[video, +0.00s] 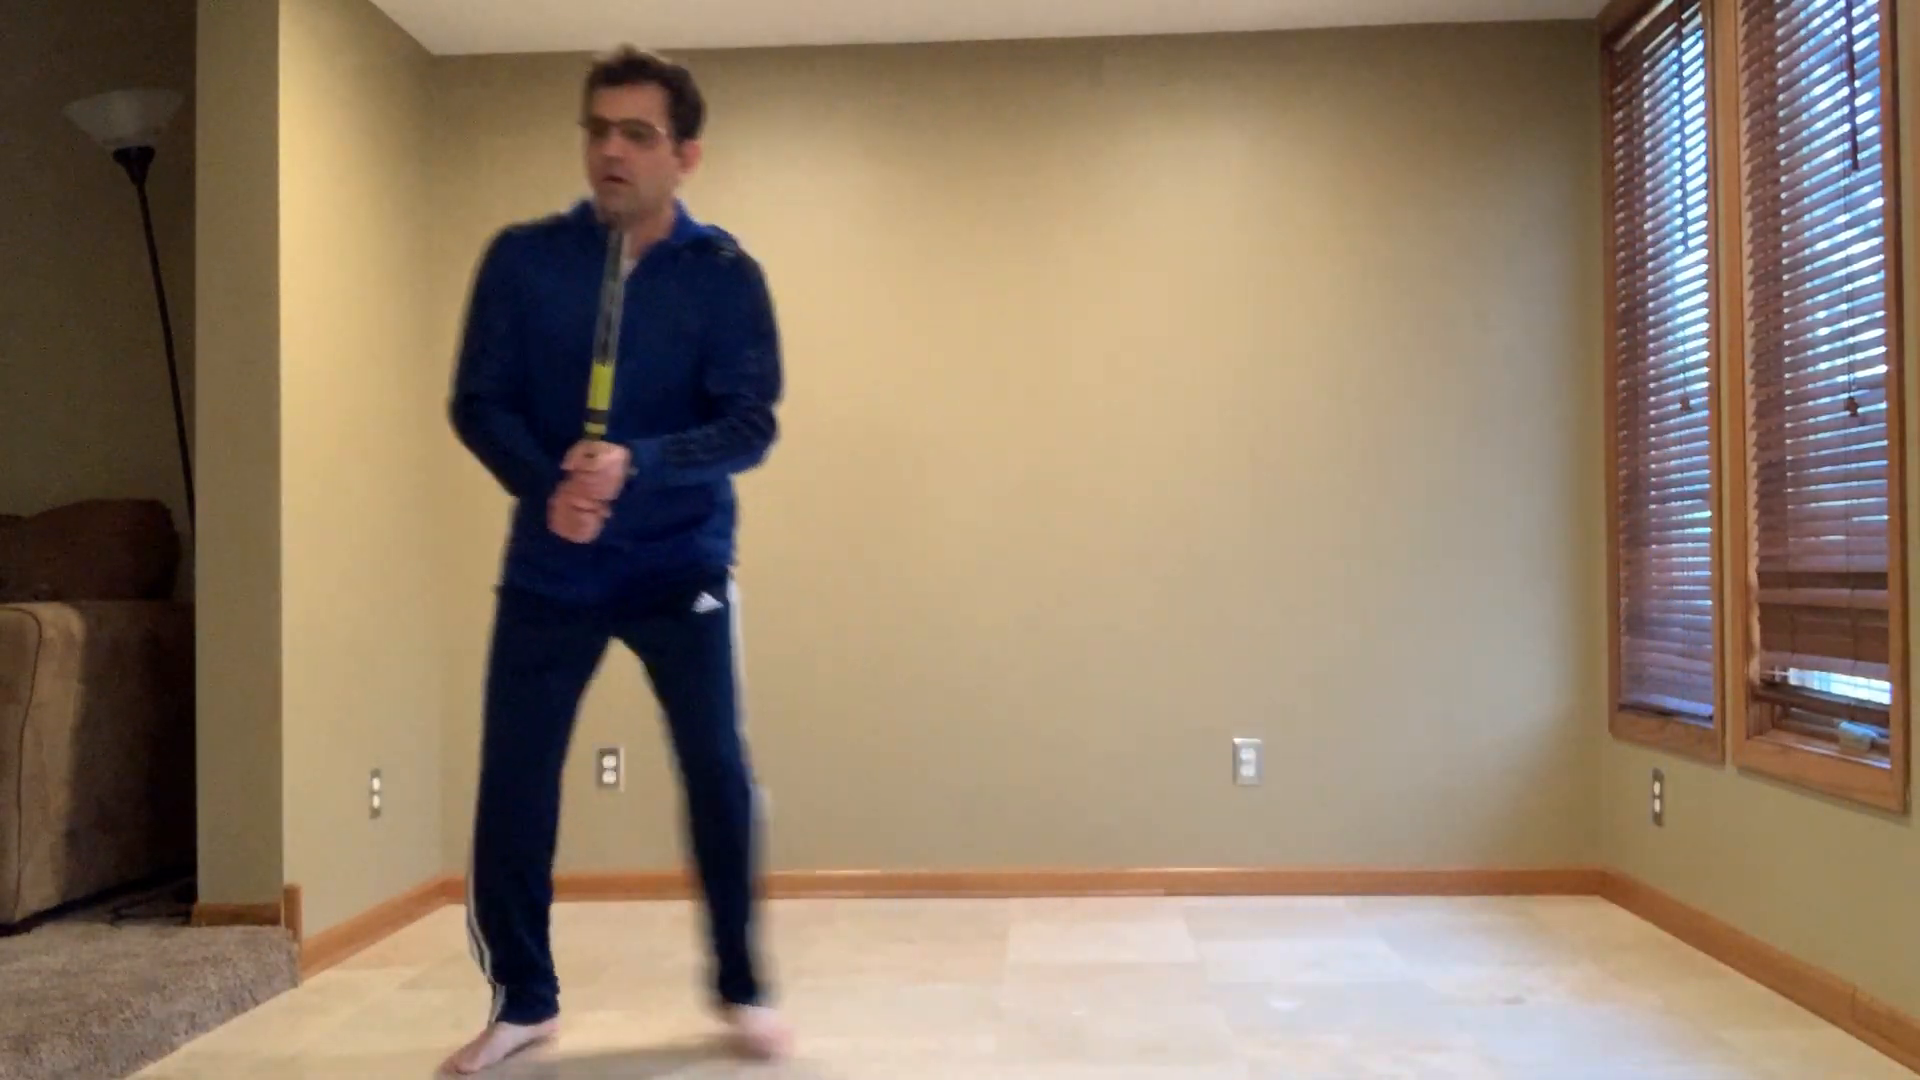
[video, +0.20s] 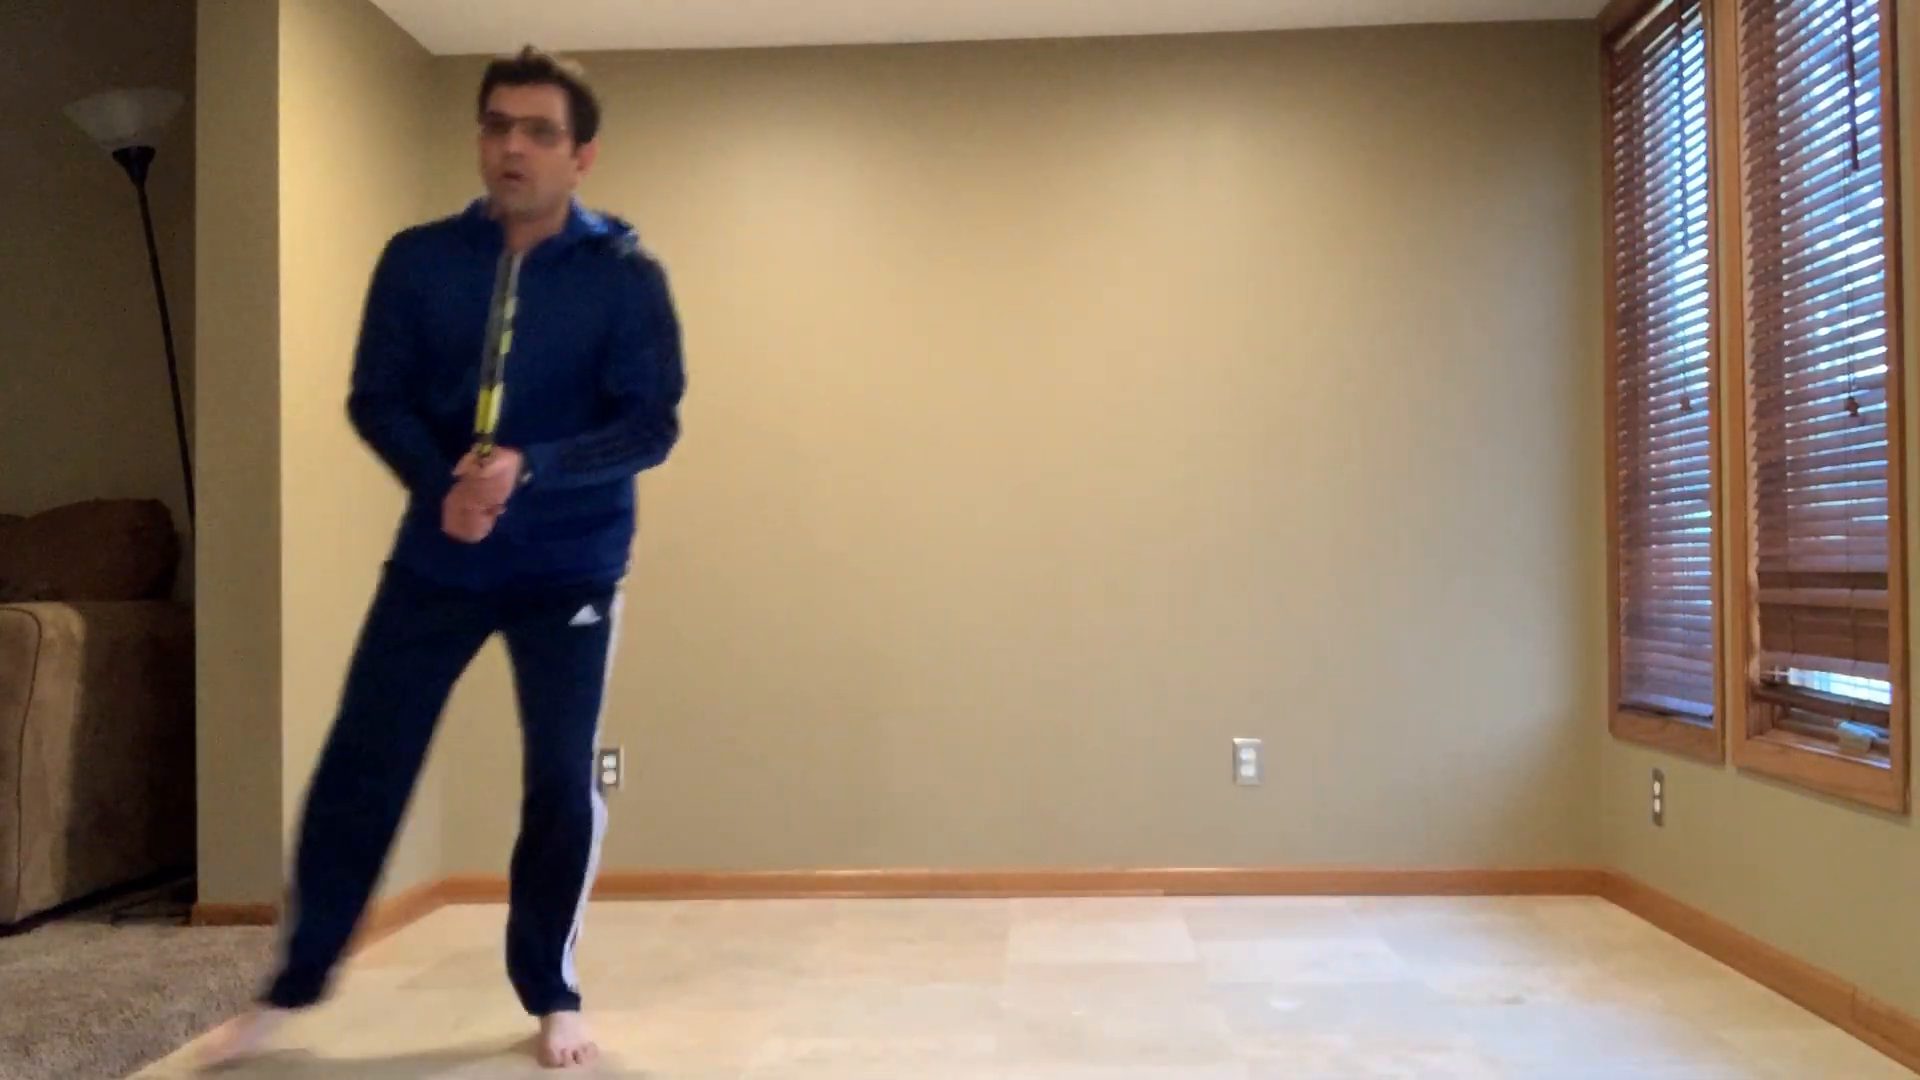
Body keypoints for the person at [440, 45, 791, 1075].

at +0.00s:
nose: (612, 150)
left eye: (637, 134)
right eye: (598, 131)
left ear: (685, 153)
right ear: (582, 143)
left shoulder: (724, 273)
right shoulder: (522, 257)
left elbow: (751, 422)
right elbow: (476, 403)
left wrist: (635, 463)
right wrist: (543, 482)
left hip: (680, 575)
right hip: (549, 575)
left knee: (719, 769)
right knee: (514, 784)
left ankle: (741, 993)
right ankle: (524, 1004)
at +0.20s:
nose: (511, 147)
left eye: (538, 132)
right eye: (497, 127)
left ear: (581, 154)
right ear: (477, 142)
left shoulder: (624, 275)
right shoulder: (419, 258)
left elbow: (652, 424)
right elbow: (375, 399)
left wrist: (530, 467)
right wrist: (440, 480)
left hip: (565, 572)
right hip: (435, 564)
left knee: (565, 788)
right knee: (360, 764)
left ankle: (552, 992)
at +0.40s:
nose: (447, 247)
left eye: (475, 234)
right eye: (432, 228)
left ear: (514, 263)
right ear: (409, 241)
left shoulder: (544, 379)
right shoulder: (337, 348)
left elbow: (554, 533)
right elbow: (288, 490)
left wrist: (449, 596)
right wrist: (353, 600)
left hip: (494, 616)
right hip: (358, 612)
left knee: (544, 786)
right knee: (273, 796)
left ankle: (554, 989)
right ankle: (238, 1012)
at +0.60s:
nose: (569, 272)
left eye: (594, 259)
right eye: (554, 250)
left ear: (619, 284)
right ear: (517, 255)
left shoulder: (621, 403)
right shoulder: (425, 353)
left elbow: (596, 538)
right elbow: (370, 517)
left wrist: (553, 609)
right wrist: (449, 636)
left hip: (520, 625)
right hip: (385, 608)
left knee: (602, 776)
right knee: (281, 825)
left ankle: (549, 986)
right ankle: (237, 1018)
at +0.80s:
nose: (781, 251)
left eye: (804, 238)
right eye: (764, 226)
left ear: (818, 256)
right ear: (716, 224)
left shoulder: (788, 369)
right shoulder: (622, 316)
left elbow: (757, 502)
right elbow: (577, 477)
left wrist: (742, 610)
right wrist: (654, 626)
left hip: (634, 586)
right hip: (528, 564)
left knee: (638, 788)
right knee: (496, 773)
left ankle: (536, 1002)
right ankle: (401, 985)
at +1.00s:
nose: (978, 249)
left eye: (999, 237)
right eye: (961, 223)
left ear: (1007, 250)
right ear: (907, 217)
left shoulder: (925, 342)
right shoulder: (840, 319)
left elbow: (909, 491)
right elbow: (861, 502)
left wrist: (972, 603)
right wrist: (947, 633)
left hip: (795, 578)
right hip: (706, 568)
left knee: (878, 752)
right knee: (751, 808)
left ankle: (799, 940)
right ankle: (661, 1039)